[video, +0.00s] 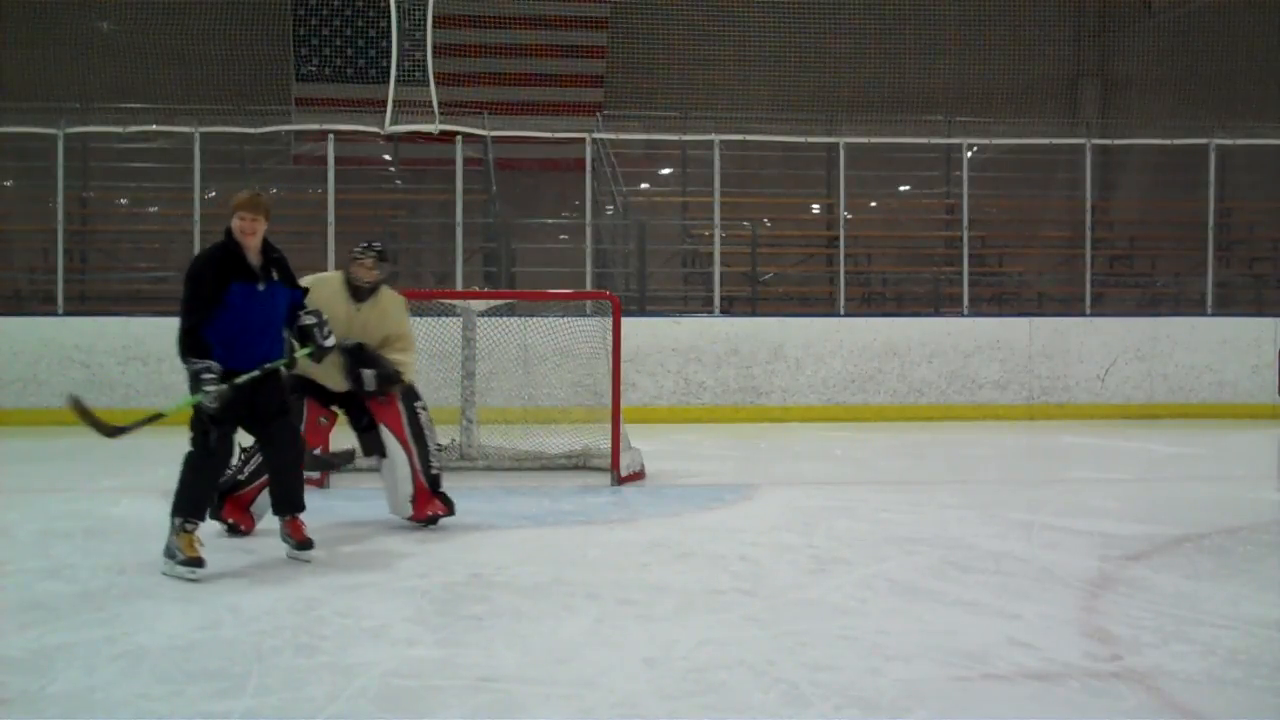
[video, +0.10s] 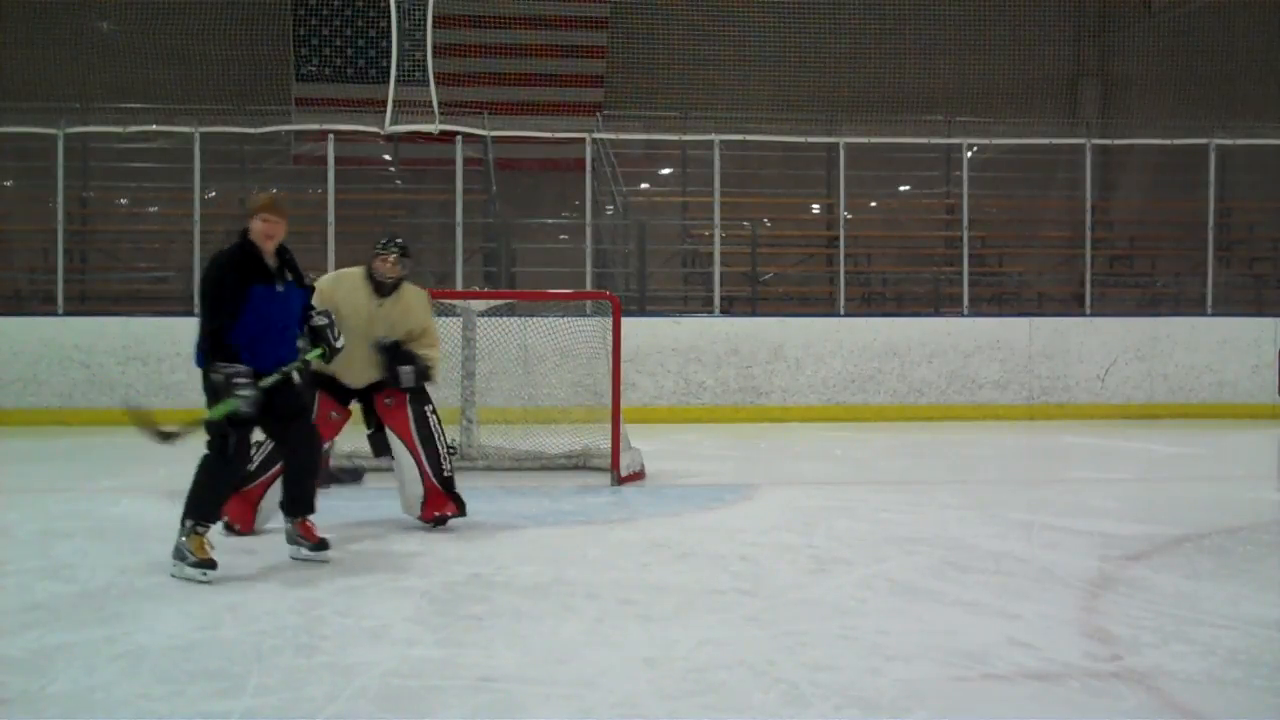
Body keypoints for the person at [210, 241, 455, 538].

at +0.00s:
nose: (364, 272)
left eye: (372, 267)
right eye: (359, 265)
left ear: (383, 273)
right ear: (348, 265)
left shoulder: (393, 306)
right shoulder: (316, 289)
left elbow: (404, 356)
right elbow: (275, 316)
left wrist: (385, 374)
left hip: (364, 388)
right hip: (313, 381)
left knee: (407, 405)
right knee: (293, 438)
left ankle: (424, 497)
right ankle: (236, 500)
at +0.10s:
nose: (388, 267)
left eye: (396, 262)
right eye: (383, 260)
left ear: (404, 268)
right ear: (372, 261)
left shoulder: (415, 301)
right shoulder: (338, 285)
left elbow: (429, 349)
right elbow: (300, 315)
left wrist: (416, 368)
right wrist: (317, 330)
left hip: (387, 381)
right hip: (331, 377)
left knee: (421, 426)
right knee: (299, 440)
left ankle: (439, 503)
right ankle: (242, 504)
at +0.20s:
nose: (400, 269)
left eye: (407, 264)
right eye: (395, 262)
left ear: (417, 269)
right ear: (384, 261)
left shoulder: (428, 300)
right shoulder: (353, 283)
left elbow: (447, 341)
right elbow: (327, 312)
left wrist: (443, 361)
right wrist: (327, 344)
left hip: (398, 376)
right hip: (349, 372)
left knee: (411, 432)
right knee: (312, 424)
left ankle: (444, 499)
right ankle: (279, 492)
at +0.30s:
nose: (410, 273)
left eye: (417, 266)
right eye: (405, 264)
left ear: (424, 268)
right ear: (392, 262)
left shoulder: (433, 299)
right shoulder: (354, 292)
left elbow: (452, 345)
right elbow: (338, 340)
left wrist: (473, 377)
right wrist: (345, 376)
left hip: (411, 376)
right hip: (361, 377)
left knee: (410, 427)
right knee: (322, 426)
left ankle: (449, 497)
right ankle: (311, 492)